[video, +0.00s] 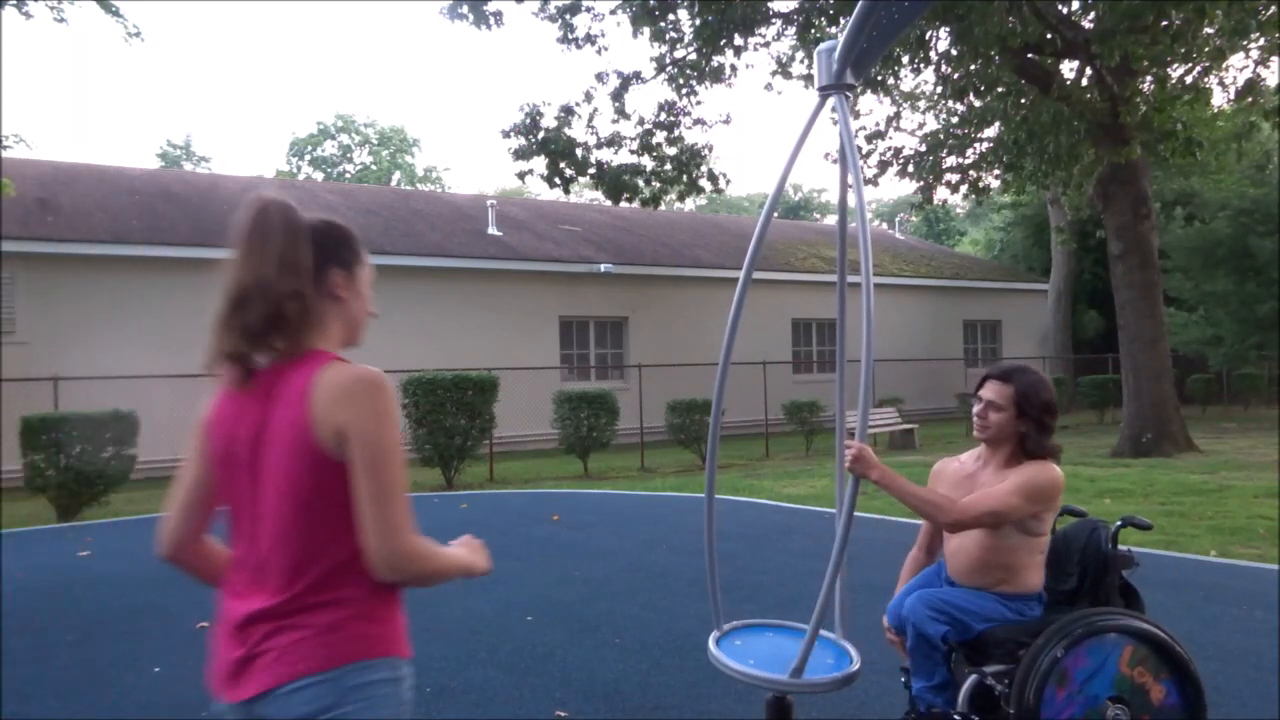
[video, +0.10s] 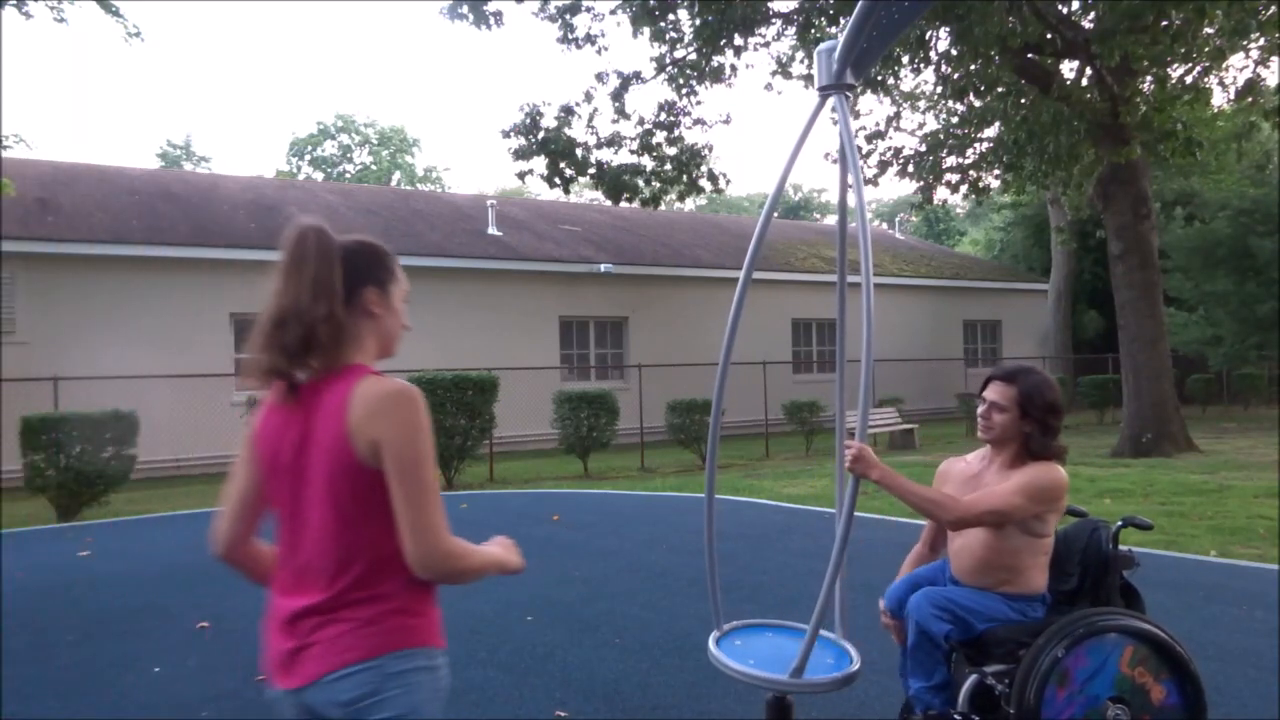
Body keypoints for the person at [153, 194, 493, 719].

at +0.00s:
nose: (373, 308)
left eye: (373, 290)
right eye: (369, 288)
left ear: (284, 287)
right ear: (336, 284)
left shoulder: (232, 396)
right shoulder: (357, 388)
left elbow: (178, 541)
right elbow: (393, 556)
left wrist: (262, 581)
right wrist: (461, 559)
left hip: (243, 676)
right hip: (342, 677)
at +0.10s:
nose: (407, 321)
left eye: (407, 304)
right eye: (403, 302)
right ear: (370, 302)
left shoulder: (278, 403)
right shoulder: (391, 400)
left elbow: (229, 541)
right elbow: (429, 556)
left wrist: (306, 578)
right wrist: (496, 556)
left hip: (296, 667)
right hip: (383, 666)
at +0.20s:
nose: (435, 318)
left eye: (434, 303)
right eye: (429, 302)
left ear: (352, 310)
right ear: (398, 304)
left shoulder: (314, 401)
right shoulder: (419, 397)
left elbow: (286, 529)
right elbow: (446, 542)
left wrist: (356, 558)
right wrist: (518, 553)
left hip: (331, 642)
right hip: (413, 648)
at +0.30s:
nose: (463, 311)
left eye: (461, 296)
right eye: (457, 295)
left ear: (415, 299)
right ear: (426, 298)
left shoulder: (349, 388)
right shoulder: (440, 384)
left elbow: (338, 510)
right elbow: (461, 524)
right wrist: (534, 542)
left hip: (361, 617)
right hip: (442, 620)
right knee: (498, 707)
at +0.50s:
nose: (515, 317)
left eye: (513, 303)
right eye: (509, 302)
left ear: (470, 304)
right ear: (478, 304)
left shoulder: (411, 386)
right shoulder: (485, 386)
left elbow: (437, 485)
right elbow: (489, 512)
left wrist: (527, 485)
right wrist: (573, 537)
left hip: (417, 593)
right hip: (496, 596)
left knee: (438, 713)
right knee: (534, 712)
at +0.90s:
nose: (608, 322)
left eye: (609, 312)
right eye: (607, 311)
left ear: (547, 312)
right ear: (588, 312)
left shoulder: (520, 378)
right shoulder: (594, 385)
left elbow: (561, 435)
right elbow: (626, 488)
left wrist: (626, 409)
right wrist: (684, 478)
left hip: (531, 550)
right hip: (597, 553)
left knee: (561, 658)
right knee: (595, 689)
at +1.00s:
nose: (623, 327)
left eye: (624, 317)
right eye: (623, 316)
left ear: (565, 315)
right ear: (604, 315)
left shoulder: (541, 377)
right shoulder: (609, 382)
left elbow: (587, 425)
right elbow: (660, 474)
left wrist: (644, 390)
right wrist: (702, 443)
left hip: (547, 544)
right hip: (611, 548)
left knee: (577, 654)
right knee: (599, 689)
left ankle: (570, 714)